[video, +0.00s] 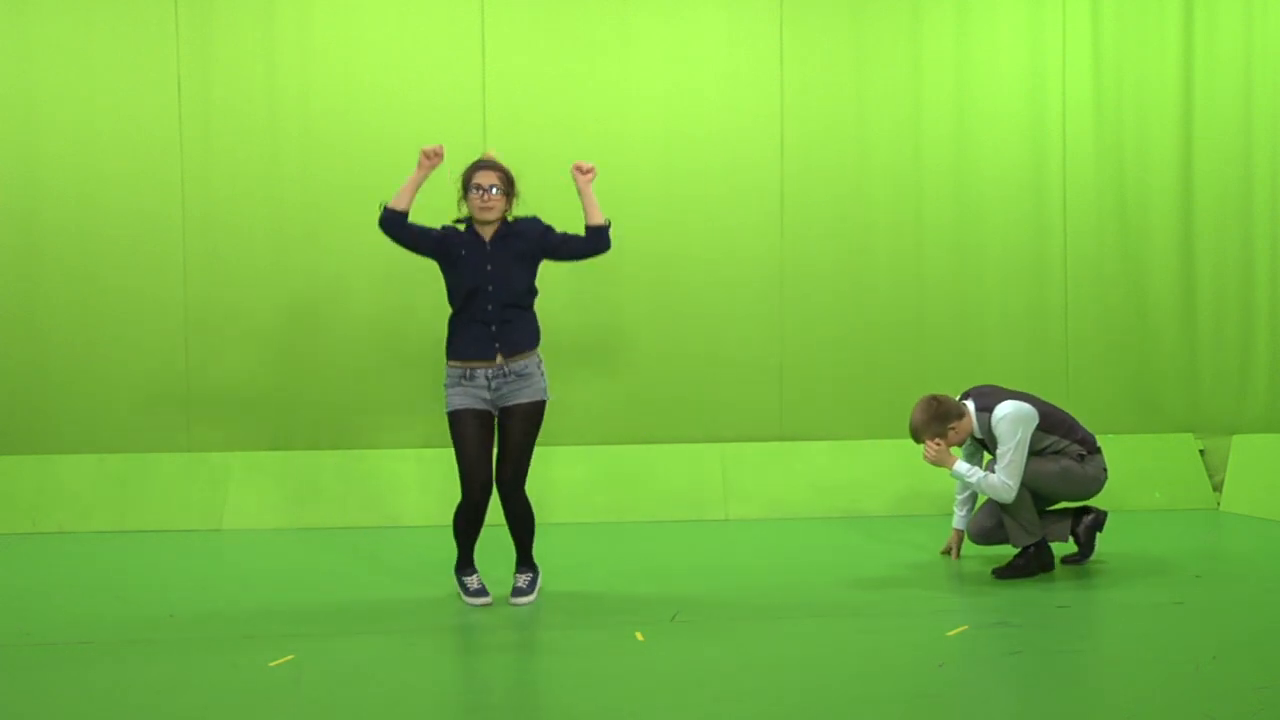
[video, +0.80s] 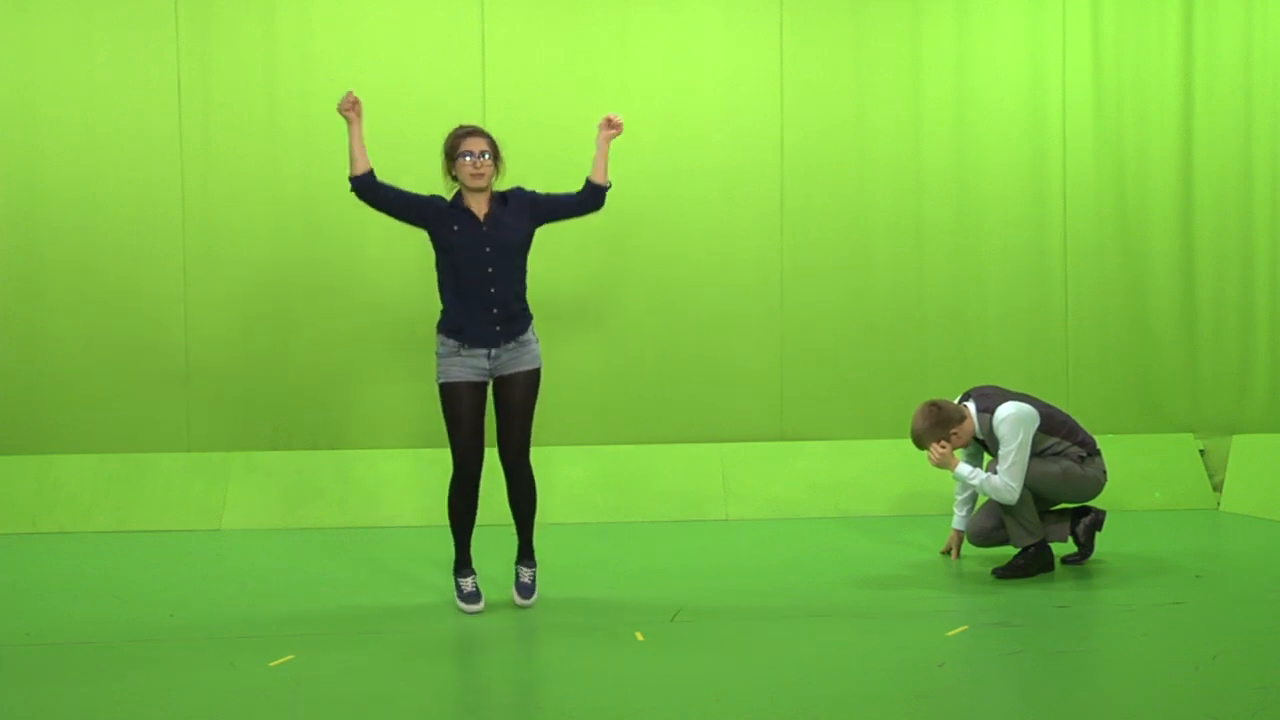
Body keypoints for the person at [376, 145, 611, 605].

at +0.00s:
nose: (485, 195)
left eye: (494, 189)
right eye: (477, 189)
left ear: (508, 198)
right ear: (465, 198)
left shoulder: (529, 237)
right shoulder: (448, 244)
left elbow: (596, 243)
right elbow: (391, 223)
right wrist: (421, 172)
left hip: (523, 375)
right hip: (466, 379)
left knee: (510, 483)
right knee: (477, 488)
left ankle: (525, 567)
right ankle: (466, 567)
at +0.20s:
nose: (484, 187)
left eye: (492, 181)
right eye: (475, 181)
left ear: (505, 191)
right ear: (462, 191)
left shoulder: (529, 235)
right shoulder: (444, 241)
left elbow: (597, 228)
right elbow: (379, 223)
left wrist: (629, 178)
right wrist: (386, 160)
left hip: (521, 374)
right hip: (463, 378)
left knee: (515, 477)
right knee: (471, 485)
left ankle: (527, 567)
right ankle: (465, 568)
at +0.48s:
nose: (476, 178)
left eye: (484, 172)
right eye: (467, 171)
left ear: (495, 182)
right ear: (451, 180)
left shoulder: (515, 215)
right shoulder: (436, 225)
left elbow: (583, 234)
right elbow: (381, 205)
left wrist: (601, 178)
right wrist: (382, 144)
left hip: (511, 357)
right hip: (453, 361)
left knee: (511, 469)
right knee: (463, 474)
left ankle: (529, 566)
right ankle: (463, 573)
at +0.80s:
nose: (477, 162)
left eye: (485, 155)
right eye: (467, 156)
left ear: (497, 164)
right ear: (452, 167)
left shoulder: (522, 207)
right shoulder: (438, 213)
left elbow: (590, 199)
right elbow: (368, 188)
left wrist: (603, 143)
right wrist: (355, 123)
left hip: (518, 348)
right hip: (460, 351)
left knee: (515, 457)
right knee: (467, 463)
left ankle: (526, 558)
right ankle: (464, 566)